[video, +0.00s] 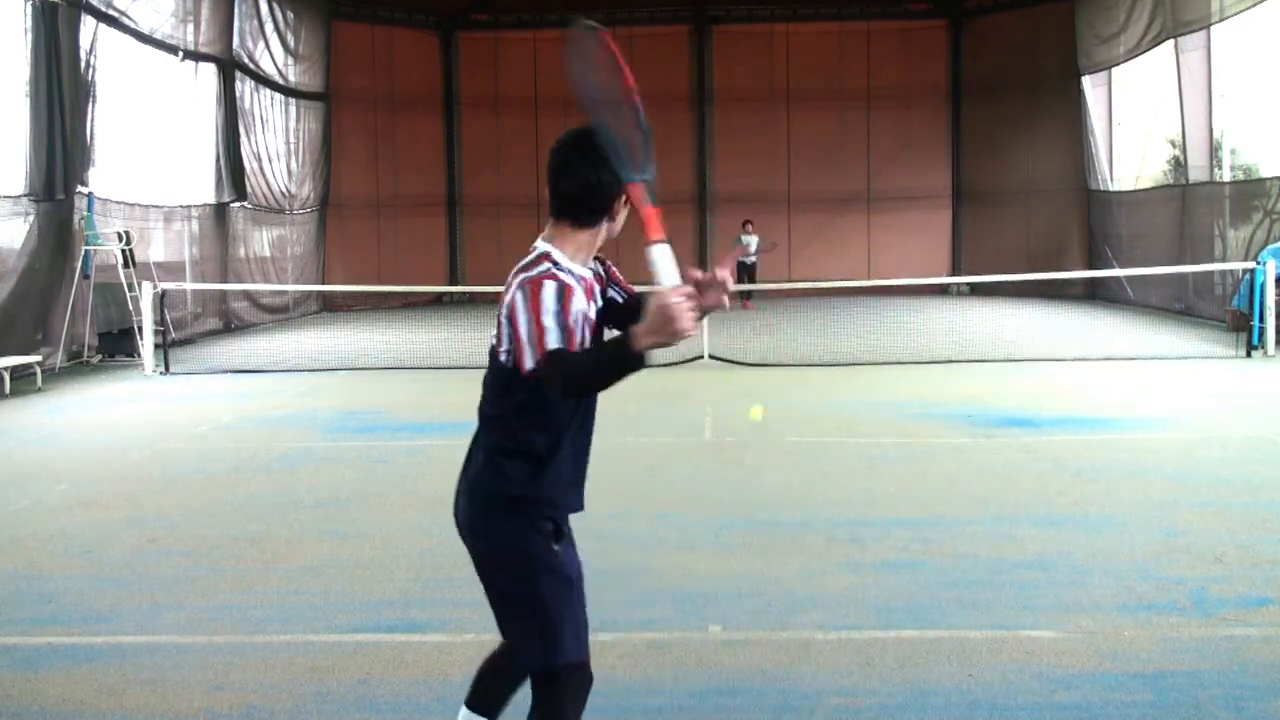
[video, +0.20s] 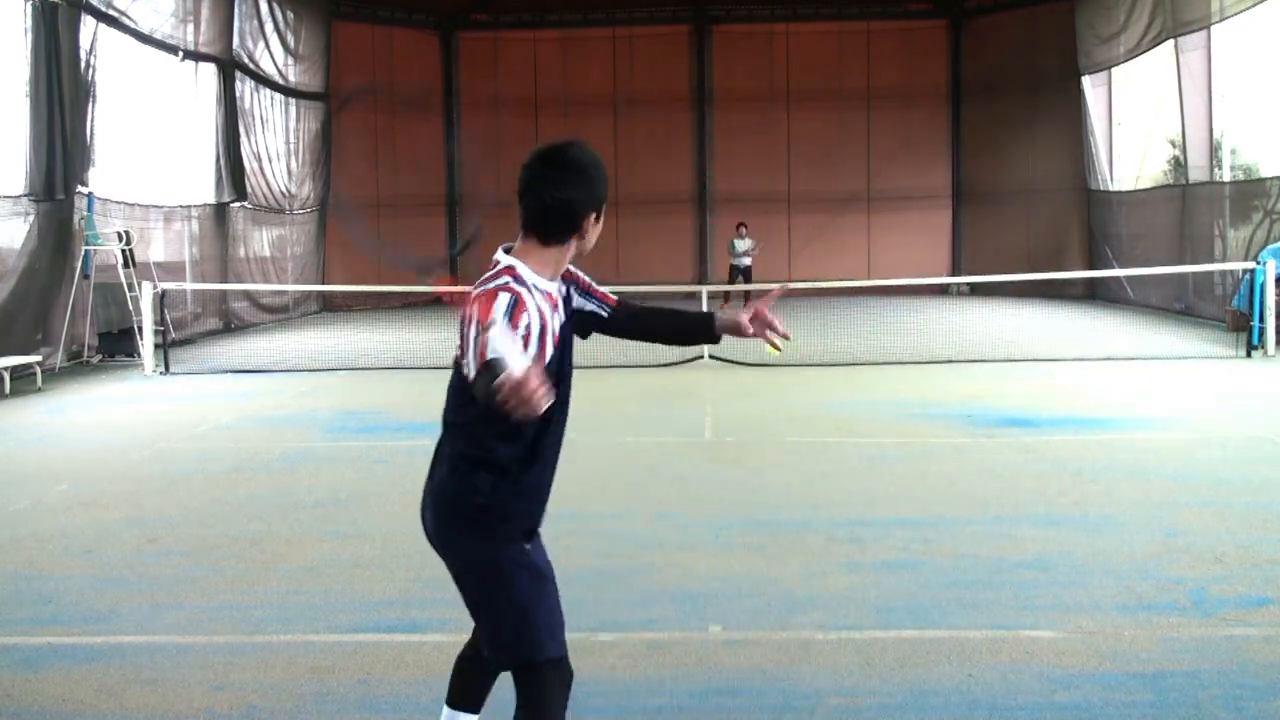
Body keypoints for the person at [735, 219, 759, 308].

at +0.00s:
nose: (749, 228)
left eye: (750, 226)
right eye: (747, 226)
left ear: (752, 227)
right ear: (743, 228)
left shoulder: (756, 237)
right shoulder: (740, 237)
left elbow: (757, 249)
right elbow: (737, 250)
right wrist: (745, 250)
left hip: (752, 261)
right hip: (742, 261)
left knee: (752, 280)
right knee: (742, 281)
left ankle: (748, 300)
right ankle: (743, 300)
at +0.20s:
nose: (742, 231)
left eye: (743, 229)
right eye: (740, 229)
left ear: (746, 230)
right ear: (737, 231)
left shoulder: (750, 241)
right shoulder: (733, 241)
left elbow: (755, 252)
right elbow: (731, 253)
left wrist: (748, 253)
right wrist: (742, 254)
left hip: (747, 265)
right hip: (735, 264)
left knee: (748, 285)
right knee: (730, 284)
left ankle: (747, 304)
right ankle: (726, 302)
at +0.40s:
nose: (731, 231)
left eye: (733, 228)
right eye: (729, 229)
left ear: (735, 230)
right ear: (726, 230)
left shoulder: (739, 240)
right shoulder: (723, 240)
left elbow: (744, 252)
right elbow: (722, 252)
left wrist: (738, 253)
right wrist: (731, 252)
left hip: (737, 264)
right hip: (725, 264)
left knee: (741, 282)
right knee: (720, 282)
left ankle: (745, 301)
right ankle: (717, 299)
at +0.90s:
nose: (720, 234)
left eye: (722, 231)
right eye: (718, 232)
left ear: (724, 232)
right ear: (715, 233)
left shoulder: (729, 242)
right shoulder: (712, 243)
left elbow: (733, 253)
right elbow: (710, 255)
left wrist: (725, 256)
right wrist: (718, 256)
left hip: (727, 265)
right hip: (716, 266)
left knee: (733, 283)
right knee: (712, 283)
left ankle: (738, 300)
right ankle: (710, 298)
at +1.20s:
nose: (729, 234)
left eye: (731, 232)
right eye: (728, 232)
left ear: (734, 233)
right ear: (726, 234)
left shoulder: (737, 242)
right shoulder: (725, 243)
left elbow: (732, 251)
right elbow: (722, 249)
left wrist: (722, 249)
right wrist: (716, 249)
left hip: (738, 264)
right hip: (728, 265)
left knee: (738, 283)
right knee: (722, 282)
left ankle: (740, 301)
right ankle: (718, 298)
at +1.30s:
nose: (733, 232)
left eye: (734, 230)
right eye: (731, 230)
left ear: (737, 231)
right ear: (728, 232)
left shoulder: (740, 240)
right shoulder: (728, 241)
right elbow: (722, 247)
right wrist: (713, 247)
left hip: (744, 262)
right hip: (735, 263)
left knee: (743, 281)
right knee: (732, 282)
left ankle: (743, 298)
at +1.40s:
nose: (736, 234)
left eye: (737, 231)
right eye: (734, 232)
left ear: (740, 232)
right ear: (731, 233)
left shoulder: (743, 241)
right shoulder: (731, 242)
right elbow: (725, 247)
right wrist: (713, 248)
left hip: (749, 262)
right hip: (740, 264)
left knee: (749, 279)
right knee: (741, 281)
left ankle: (751, 296)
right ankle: (748, 295)